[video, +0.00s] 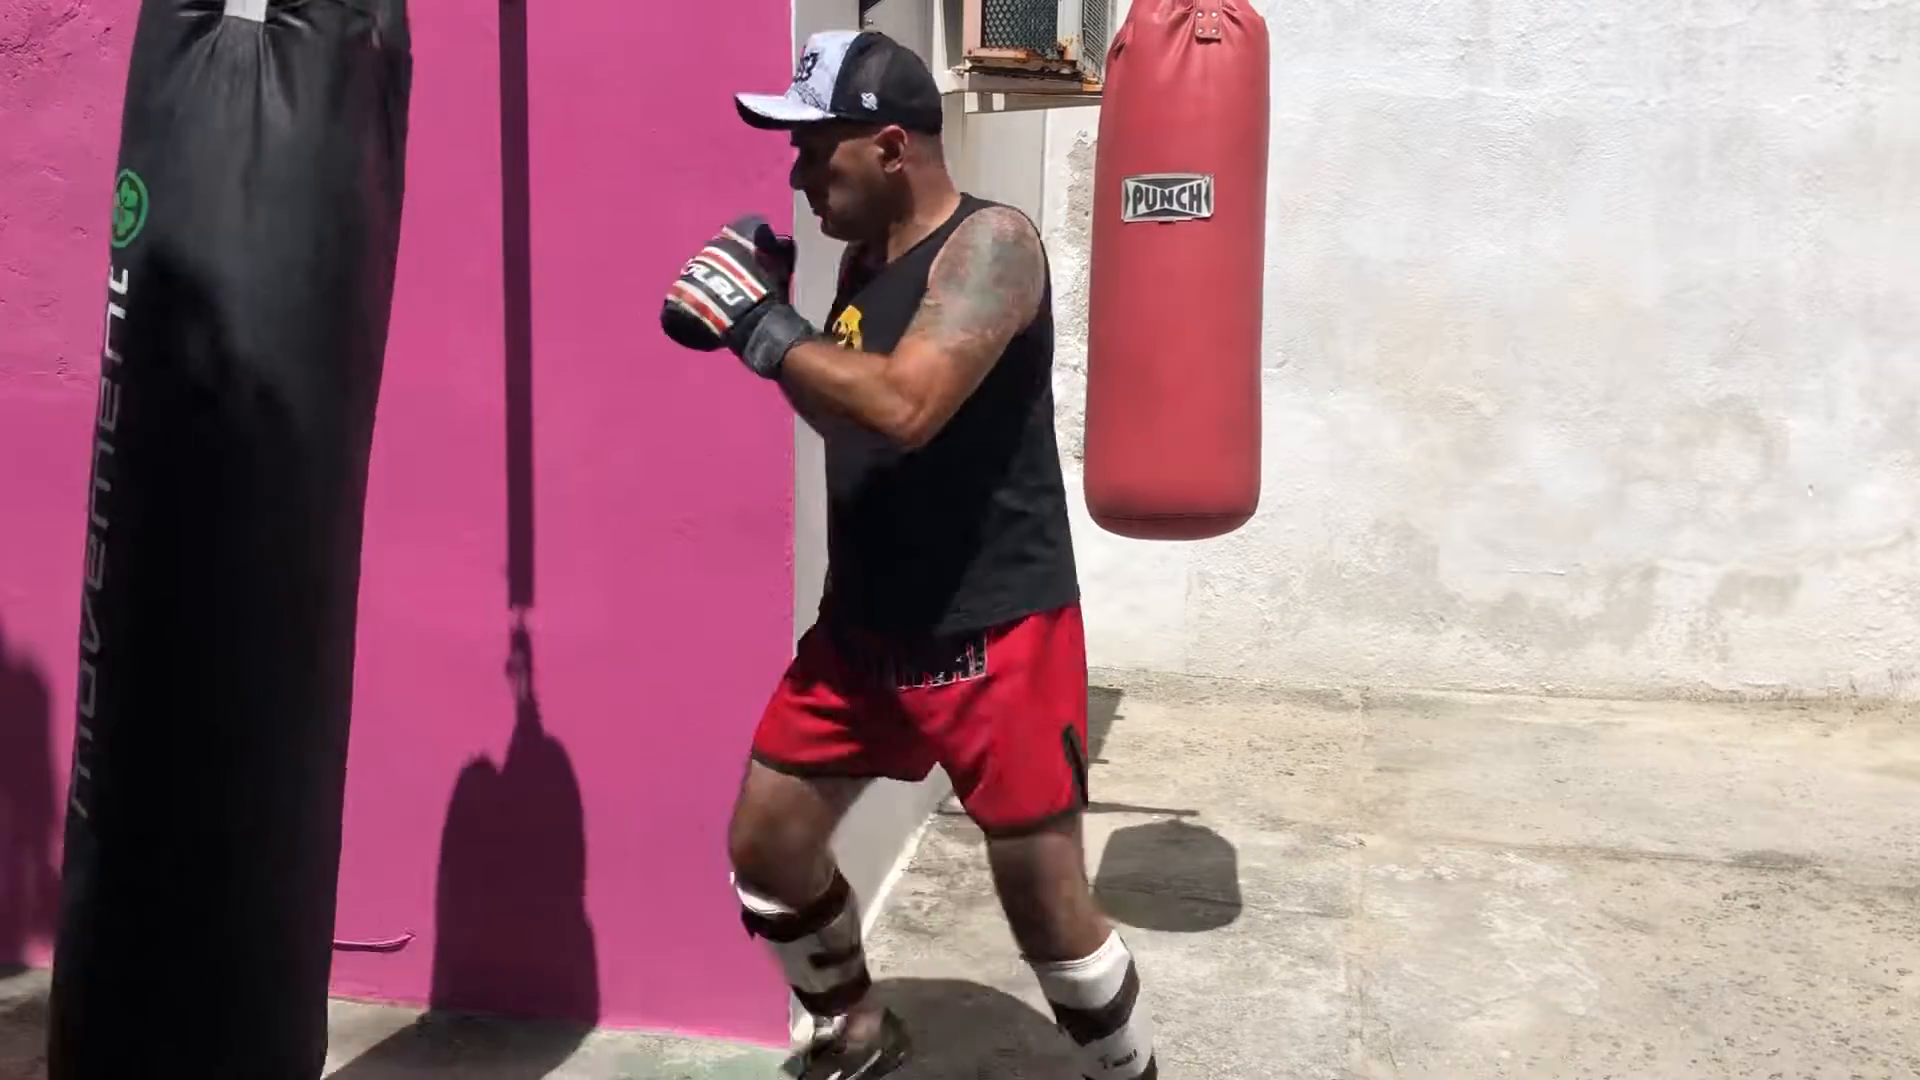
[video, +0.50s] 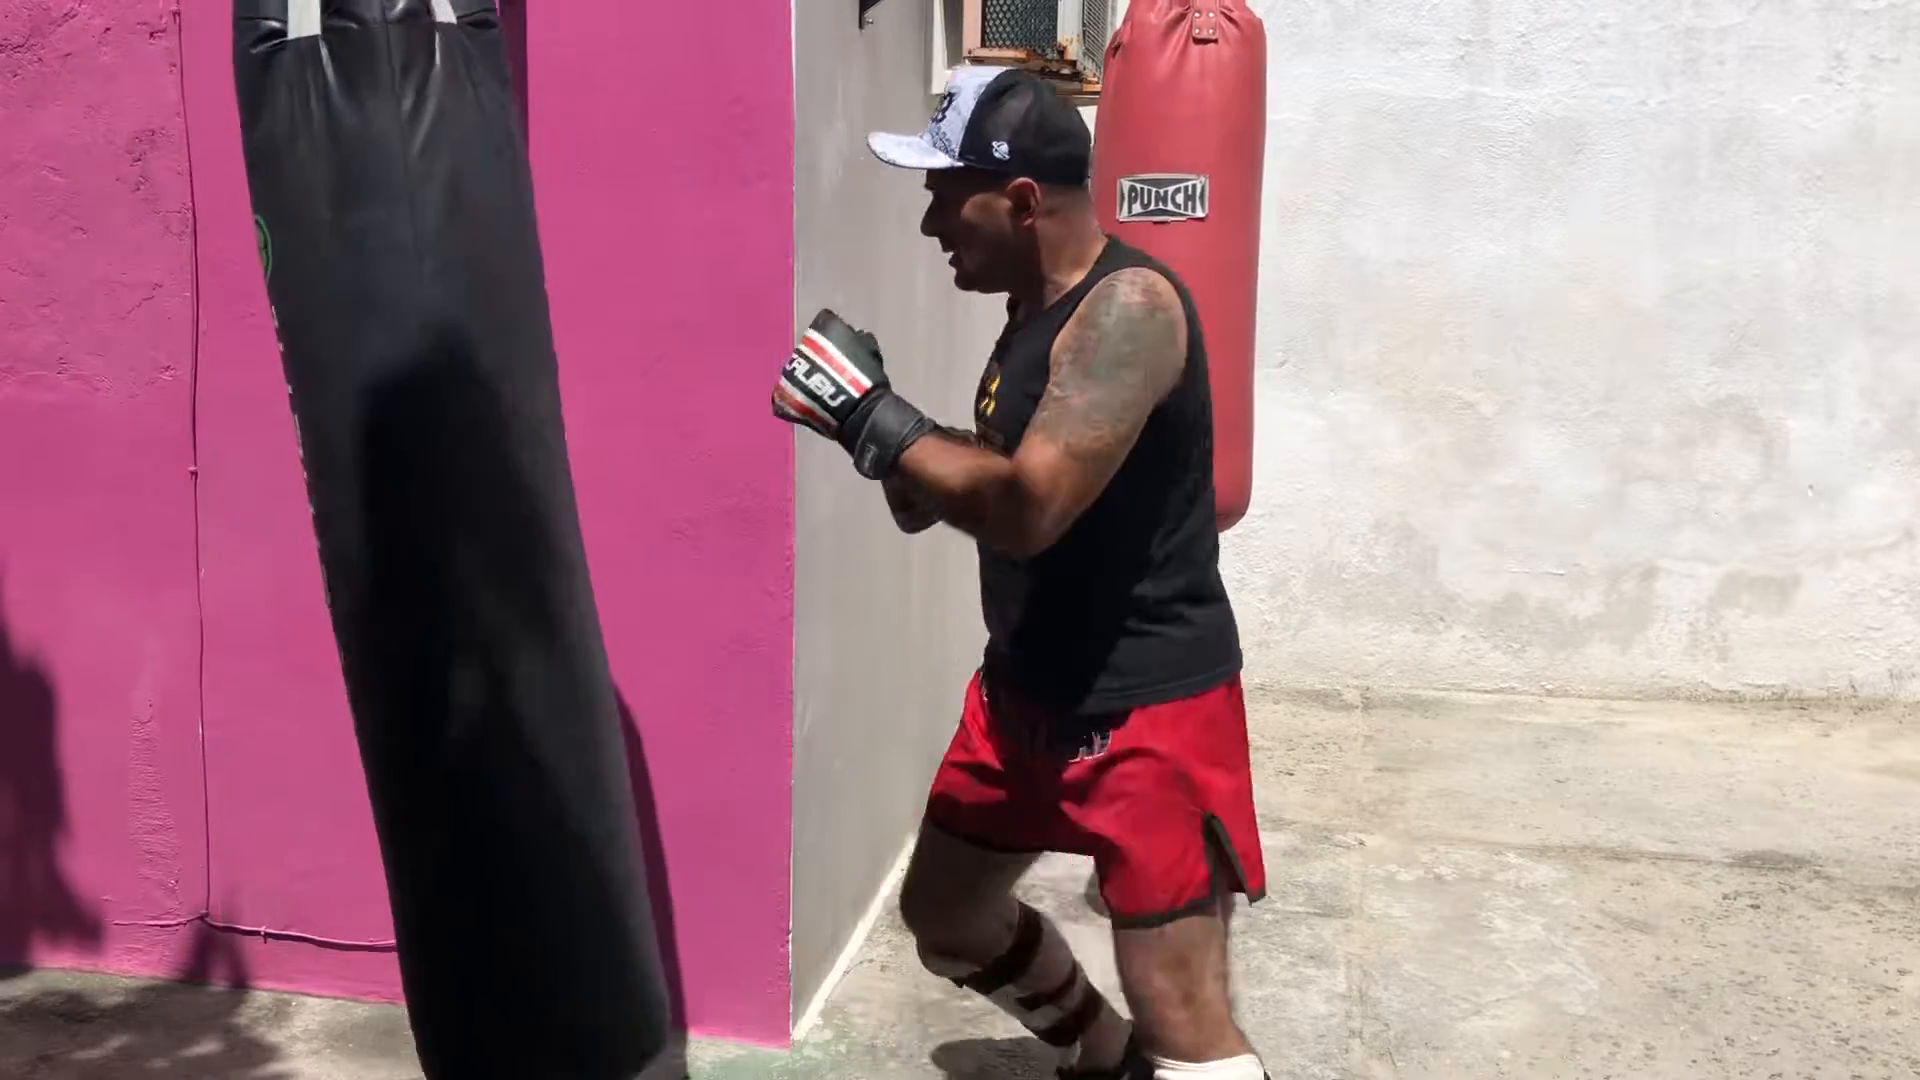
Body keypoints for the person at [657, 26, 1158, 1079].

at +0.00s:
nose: (800, 166)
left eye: (818, 145)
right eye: (798, 143)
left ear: (896, 147)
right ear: (877, 150)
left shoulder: (995, 241)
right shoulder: (861, 261)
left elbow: (903, 408)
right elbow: (857, 418)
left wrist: (764, 322)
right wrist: (770, 317)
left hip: (1000, 628)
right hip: (867, 622)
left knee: (1048, 913)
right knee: (769, 846)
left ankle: (1126, 1067)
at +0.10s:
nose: (853, 160)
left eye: (872, 137)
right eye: (851, 136)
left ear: (951, 138)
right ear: (934, 141)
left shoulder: (1051, 237)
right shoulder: (905, 247)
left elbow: (986, 407)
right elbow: (856, 405)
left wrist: (833, 337)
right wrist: (772, 324)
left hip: (1050, 605)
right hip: (926, 607)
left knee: (1065, 894)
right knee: (908, 859)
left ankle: (1133, 1063)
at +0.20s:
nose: (884, 186)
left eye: (903, 163)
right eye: (884, 162)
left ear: (982, 169)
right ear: (964, 173)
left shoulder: (1080, 269)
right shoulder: (932, 271)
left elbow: (1032, 446)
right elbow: (865, 420)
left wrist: (878, 372)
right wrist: (756, 355)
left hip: (1079, 643)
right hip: (965, 647)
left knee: (1100, 944)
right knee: (1035, 924)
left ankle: (1172, 1072)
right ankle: (1139, 1033)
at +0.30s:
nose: (921, 248)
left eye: (941, 225)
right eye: (924, 222)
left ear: (1017, 233)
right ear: (1009, 234)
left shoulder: (1121, 336)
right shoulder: (979, 325)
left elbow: (1058, 524)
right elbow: (970, 476)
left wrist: (911, 444)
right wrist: (845, 469)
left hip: (1124, 699)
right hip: (1024, 697)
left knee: (1161, 997)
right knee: (1093, 952)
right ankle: (1159, 1055)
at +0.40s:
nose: (929, 235)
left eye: (948, 210)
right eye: (933, 208)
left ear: (1026, 218)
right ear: (1019, 220)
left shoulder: (1136, 318)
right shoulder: (1016, 313)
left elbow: (1057, 516)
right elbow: (1012, 471)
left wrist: (908, 427)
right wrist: (921, 499)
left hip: (1146, 690)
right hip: (1032, 685)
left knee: (1175, 999)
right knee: (1044, 927)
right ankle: (1153, 1040)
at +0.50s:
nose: (929, 219)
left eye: (946, 191)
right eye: (932, 192)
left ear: (1022, 200)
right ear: (1024, 201)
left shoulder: (1132, 305)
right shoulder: (1040, 304)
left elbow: (1028, 510)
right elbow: (1020, 460)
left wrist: (872, 416)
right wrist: (937, 481)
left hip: (1152, 702)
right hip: (1028, 689)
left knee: (1179, 1016)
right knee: (951, 917)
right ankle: (1106, 1050)